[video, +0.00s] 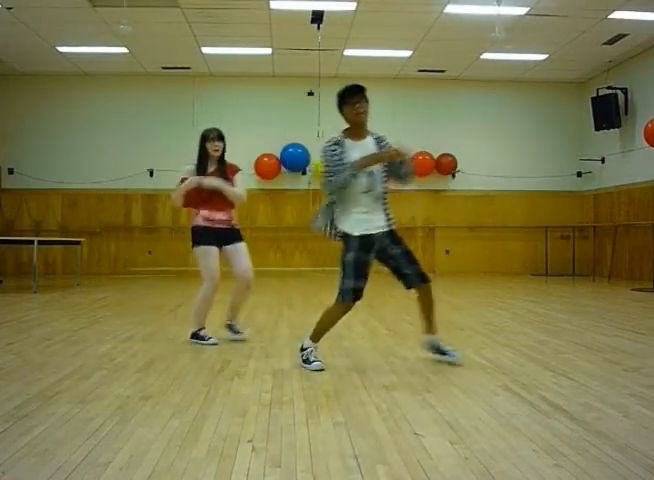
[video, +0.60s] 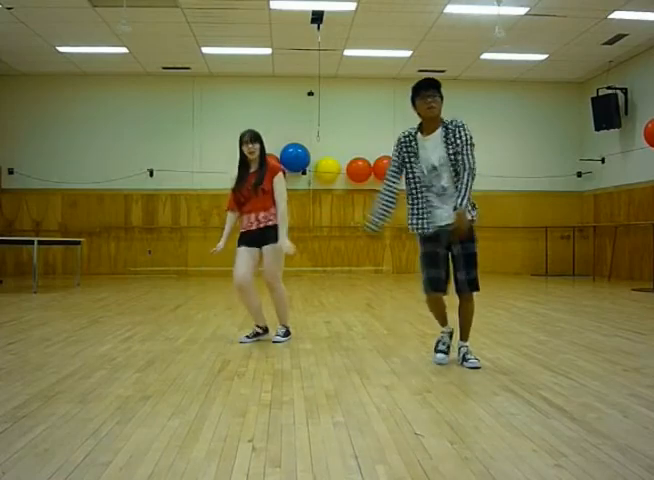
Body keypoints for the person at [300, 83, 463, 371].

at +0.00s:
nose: (360, 108)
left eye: (363, 103)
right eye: (353, 105)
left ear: (369, 107)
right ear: (342, 111)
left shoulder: (379, 141)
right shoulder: (334, 147)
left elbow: (403, 177)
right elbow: (332, 184)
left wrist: (401, 162)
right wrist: (364, 164)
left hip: (382, 228)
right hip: (354, 231)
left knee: (422, 283)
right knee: (348, 298)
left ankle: (431, 340)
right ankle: (309, 345)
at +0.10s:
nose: (374, 103)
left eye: (377, 98)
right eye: (367, 100)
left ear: (383, 101)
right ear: (356, 107)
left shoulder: (394, 134)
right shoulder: (354, 142)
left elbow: (415, 158)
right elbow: (371, 176)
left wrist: (436, 156)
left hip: (406, 223)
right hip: (377, 227)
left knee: (436, 283)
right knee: (359, 290)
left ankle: (460, 344)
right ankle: (316, 343)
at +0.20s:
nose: (390, 105)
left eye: (393, 99)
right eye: (383, 102)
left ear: (399, 102)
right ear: (374, 109)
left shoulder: (414, 134)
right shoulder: (374, 146)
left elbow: (441, 156)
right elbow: (405, 173)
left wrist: (466, 160)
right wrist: (457, 167)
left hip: (430, 222)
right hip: (402, 226)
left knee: (451, 286)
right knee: (383, 291)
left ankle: (463, 347)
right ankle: (341, 336)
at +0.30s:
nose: (406, 104)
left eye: (408, 98)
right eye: (398, 101)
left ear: (415, 101)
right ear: (389, 108)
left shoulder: (431, 134)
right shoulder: (390, 144)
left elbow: (455, 164)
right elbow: (422, 175)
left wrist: (486, 177)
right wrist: (473, 190)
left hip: (445, 218)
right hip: (418, 222)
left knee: (460, 288)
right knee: (416, 294)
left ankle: (463, 348)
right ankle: (378, 330)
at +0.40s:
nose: (419, 103)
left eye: (422, 97)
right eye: (412, 100)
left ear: (428, 101)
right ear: (401, 108)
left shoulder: (442, 132)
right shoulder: (398, 142)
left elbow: (458, 167)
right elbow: (421, 181)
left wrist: (477, 197)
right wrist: (457, 213)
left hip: (455, 216)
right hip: (426, 221)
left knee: (464, 288)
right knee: (440, 292)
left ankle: (463, 347)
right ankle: (421, 335)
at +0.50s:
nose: (428, 103)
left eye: (431, 98)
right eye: (421, 100)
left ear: (438, 102)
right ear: (410, 107)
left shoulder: (454, 134)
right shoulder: (402, 144)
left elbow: (464, 178)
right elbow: (406, 191)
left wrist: (459, 217)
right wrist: (421, 231)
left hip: (458, 222)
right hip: (429, 227)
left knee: (467, 289)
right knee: (445, 291)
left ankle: (463, 346)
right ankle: (443, 339)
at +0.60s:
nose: (431, 101)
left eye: (435, 97)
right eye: (425, 98)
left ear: (442, 102)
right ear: (415, 105)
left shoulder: (457, 130)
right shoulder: (406, 142)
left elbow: (468, 169)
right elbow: (390, 185)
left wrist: (462, 208)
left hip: (460, 219)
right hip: (428, 224)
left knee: (465, 288)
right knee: (433, 290)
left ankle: (464, 345)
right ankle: (446, 331)